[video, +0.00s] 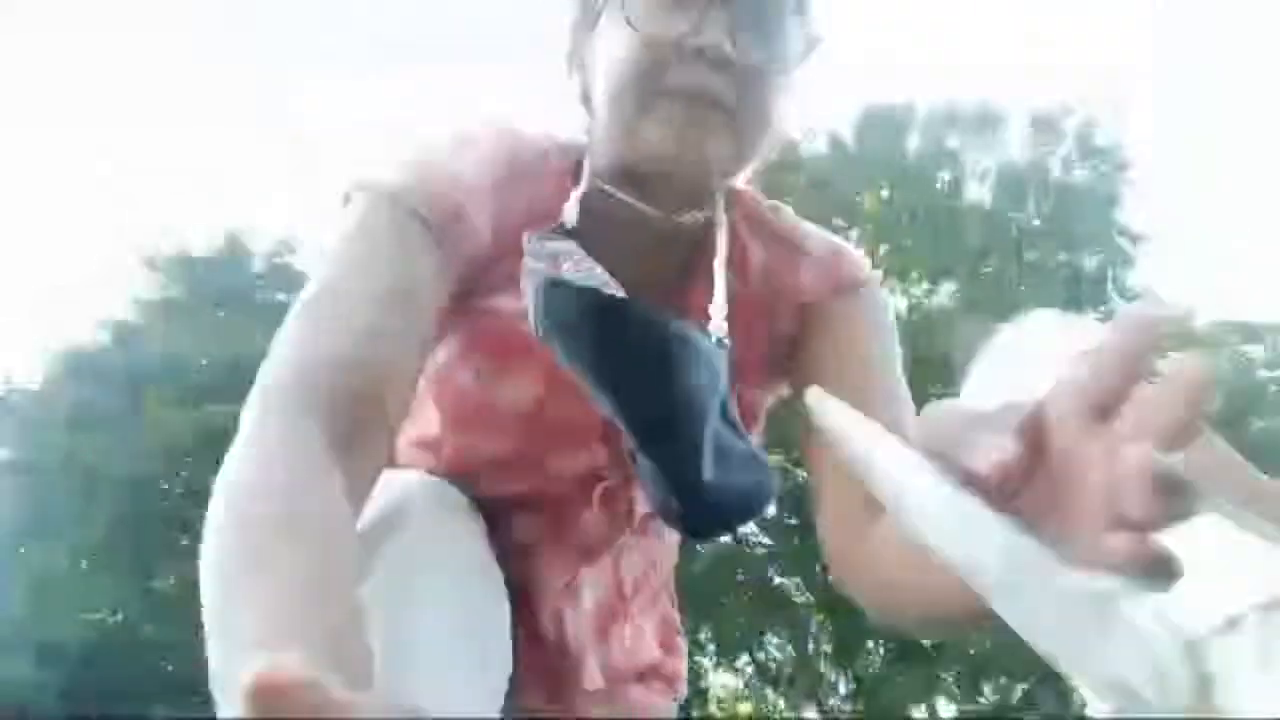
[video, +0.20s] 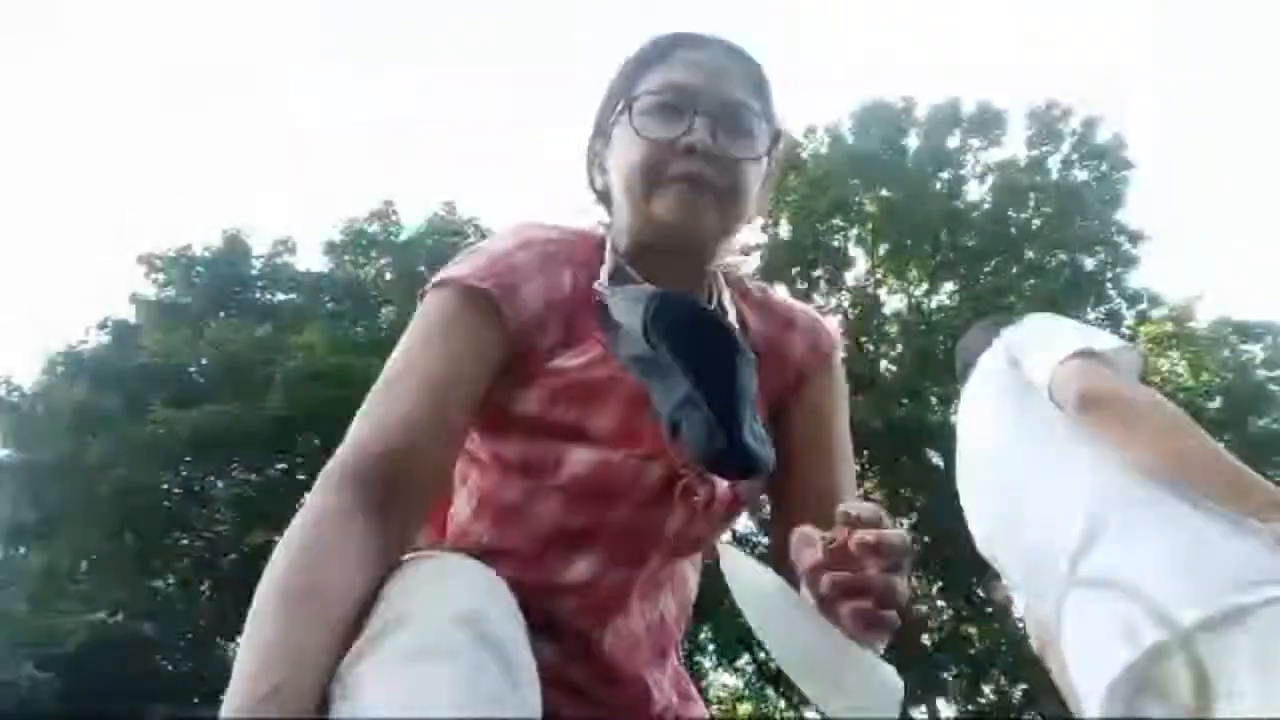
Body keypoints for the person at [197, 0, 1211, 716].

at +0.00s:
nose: (709, 31)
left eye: (757, 19)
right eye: (666, 1)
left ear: (791, 86)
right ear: (586, 38)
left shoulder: (818, 284)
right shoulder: (455, 198)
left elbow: (871, 543)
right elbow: (307, 431)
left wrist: (1007, 523)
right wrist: (291, 680)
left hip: (615, 658)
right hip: (406, 616)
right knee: (422, 509)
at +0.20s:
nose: (702, 136)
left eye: (736, 124)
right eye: (669, 109)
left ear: (769, 178)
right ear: (604, 153)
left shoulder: (797, 346)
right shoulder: (519, 277)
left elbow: (819, 546)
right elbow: (365, 498)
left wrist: (850, 584)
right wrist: (263, 704)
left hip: (639, 693)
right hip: (460, 660)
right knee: (455, 598)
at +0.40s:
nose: (687, 201)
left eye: (712, 190)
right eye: (659, 186)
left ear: (742, 236)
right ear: (611, 228)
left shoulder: (763, 402)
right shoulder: (560, 322)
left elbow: (771, 566)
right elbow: (434, 511)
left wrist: (801, 604)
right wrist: (340, 695)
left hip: (660, 694)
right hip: (498, 628)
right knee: (539, 697)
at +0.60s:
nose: (673, 200)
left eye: (697, 189)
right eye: (648, 183)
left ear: (721, 233)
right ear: (604, 218)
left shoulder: (728, 382)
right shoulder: (549, 301)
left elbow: (719, 534)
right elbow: (454, 470)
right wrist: (365, 645)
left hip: (686, 673)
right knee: (605, 685)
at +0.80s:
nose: (648, 245)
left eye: (671, 234)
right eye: (626, 229)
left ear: (692, 267)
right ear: (589, 260)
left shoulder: (690, 386)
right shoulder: (550, 324)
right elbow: (477, 450)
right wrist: (447, 542)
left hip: (685, 620)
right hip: (548, 576)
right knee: (598, 697)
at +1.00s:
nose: (637, 285)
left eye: (656, 274)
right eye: (617, 271)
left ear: (680, 304)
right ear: (583, 300)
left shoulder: (690, 420)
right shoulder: (555, 364)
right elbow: (509, 488)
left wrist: (735, 686)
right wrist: (510, 585)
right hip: (586, 616)